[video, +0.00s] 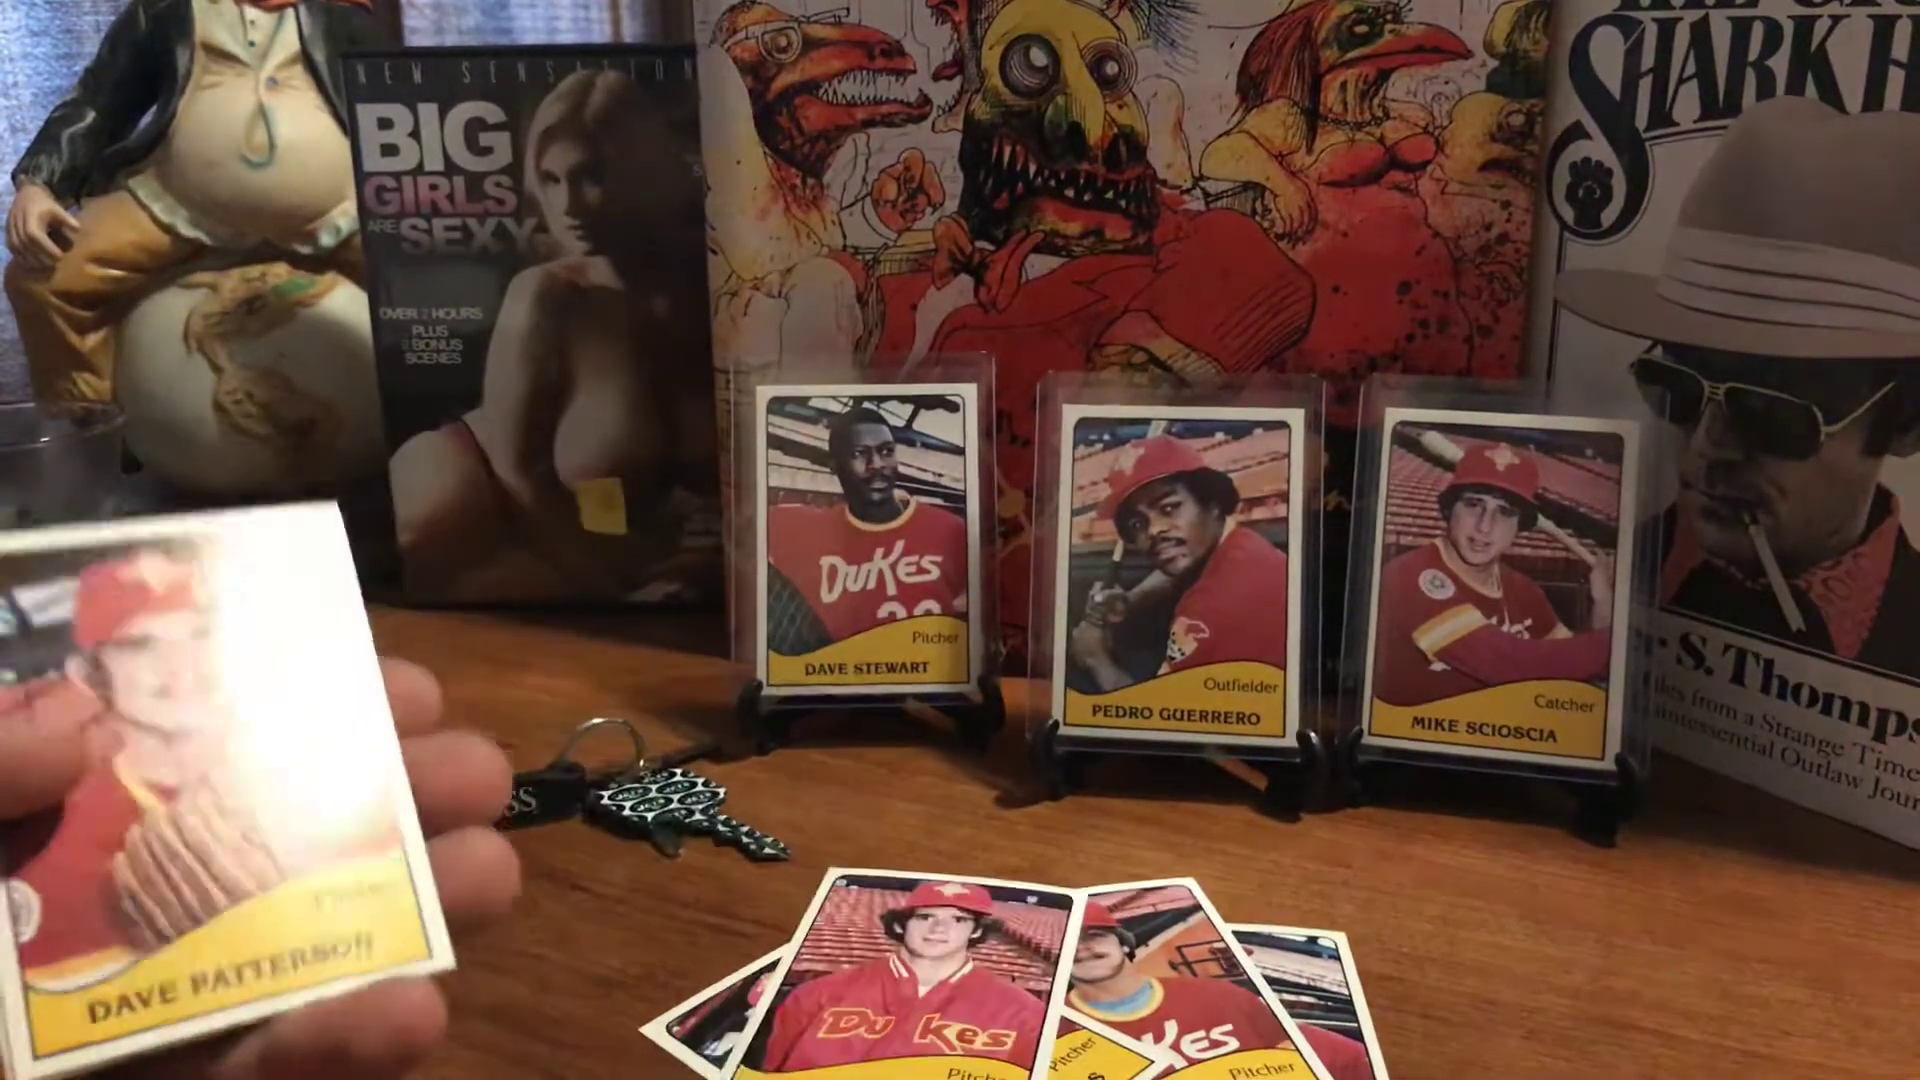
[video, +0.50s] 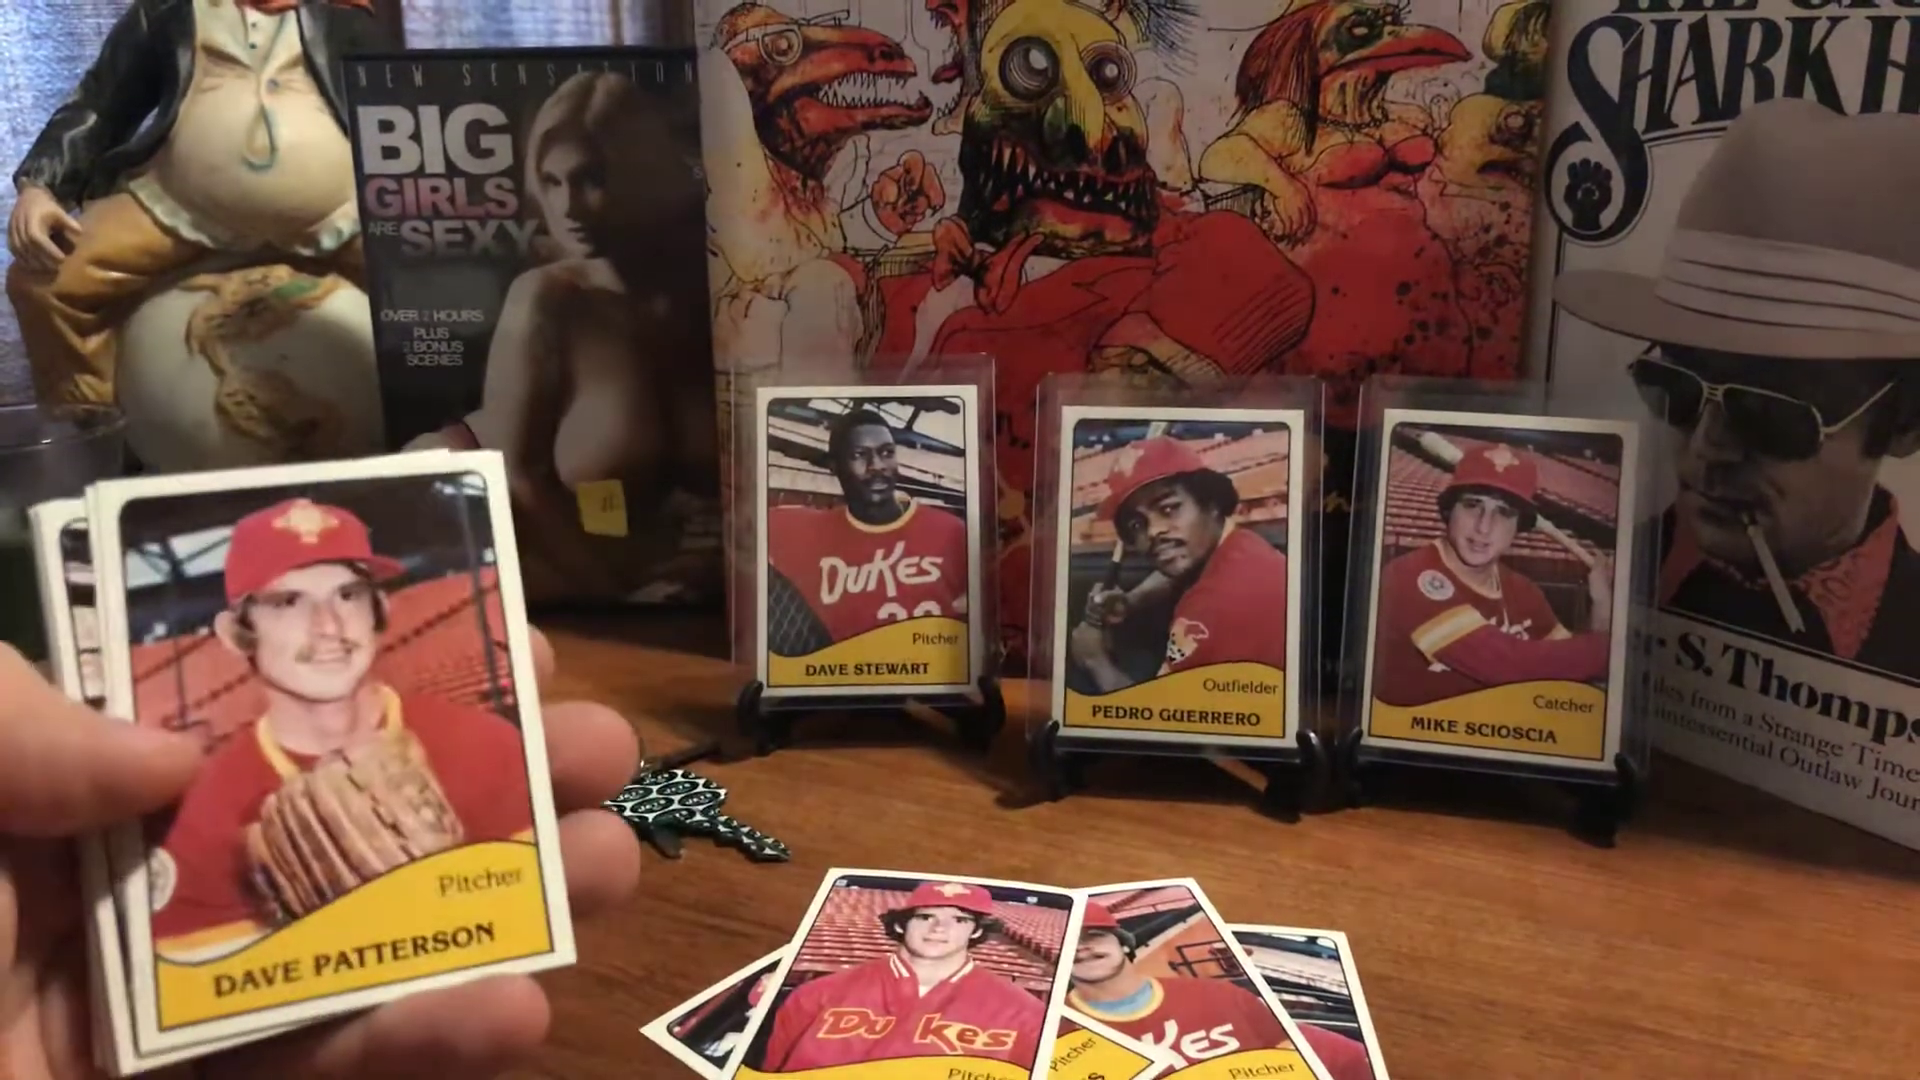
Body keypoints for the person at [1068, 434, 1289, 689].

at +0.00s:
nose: (1155, 530)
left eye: (1169, 508)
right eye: (1139, 523)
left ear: (1212, 504)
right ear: (1133, 539)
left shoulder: (1209, 607)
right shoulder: (1247, 545)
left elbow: (1161, 719)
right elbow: (1183, 566)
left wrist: (1097, 661)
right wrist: (1131, 601)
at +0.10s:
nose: (1155, 530)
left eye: (1169, 508)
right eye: (1139, 523)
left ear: (1212, 505)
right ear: (1133, 539)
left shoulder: (1209, 608)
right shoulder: (1247, 545)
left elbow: (1161, 718)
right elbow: (1182, 566)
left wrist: (1097, 661)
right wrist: (1131, 602)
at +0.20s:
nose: (1155, 529)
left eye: (1169, 507)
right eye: (1139, 522)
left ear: (1213, 504)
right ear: (1133, 538)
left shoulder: (1209, 607)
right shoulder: (1247, 544)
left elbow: (1161, 719)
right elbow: (1183, 566)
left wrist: (1097, 660)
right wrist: (1132, 601)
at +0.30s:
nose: (1155, 530)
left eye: (1169, 508)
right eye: (1139, 523)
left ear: (1212, 504)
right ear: (1133, 538)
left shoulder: (1209, 608)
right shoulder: (1246, 544)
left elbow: (1160, 719)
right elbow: (1183, 566)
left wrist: (1097, 660)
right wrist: (1131, 601)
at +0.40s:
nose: (1155, 531)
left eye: (1169, 509)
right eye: (1139, 524)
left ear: (1212, 505)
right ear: (1133, 541)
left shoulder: (1210, 608)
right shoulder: (1246, 545)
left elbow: (1160, 720)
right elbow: (1183, 567)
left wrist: (1096, 662)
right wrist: (1131, 602)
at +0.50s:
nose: (1155, 531)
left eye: (1169, 509)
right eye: (1139, 524)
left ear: (1212, 504)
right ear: (1133, 539)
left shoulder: (1212, 605)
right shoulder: (1247, 545)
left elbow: (1160, 718)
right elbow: (1182, 566)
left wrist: (1096, 662)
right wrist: (1132, 602)